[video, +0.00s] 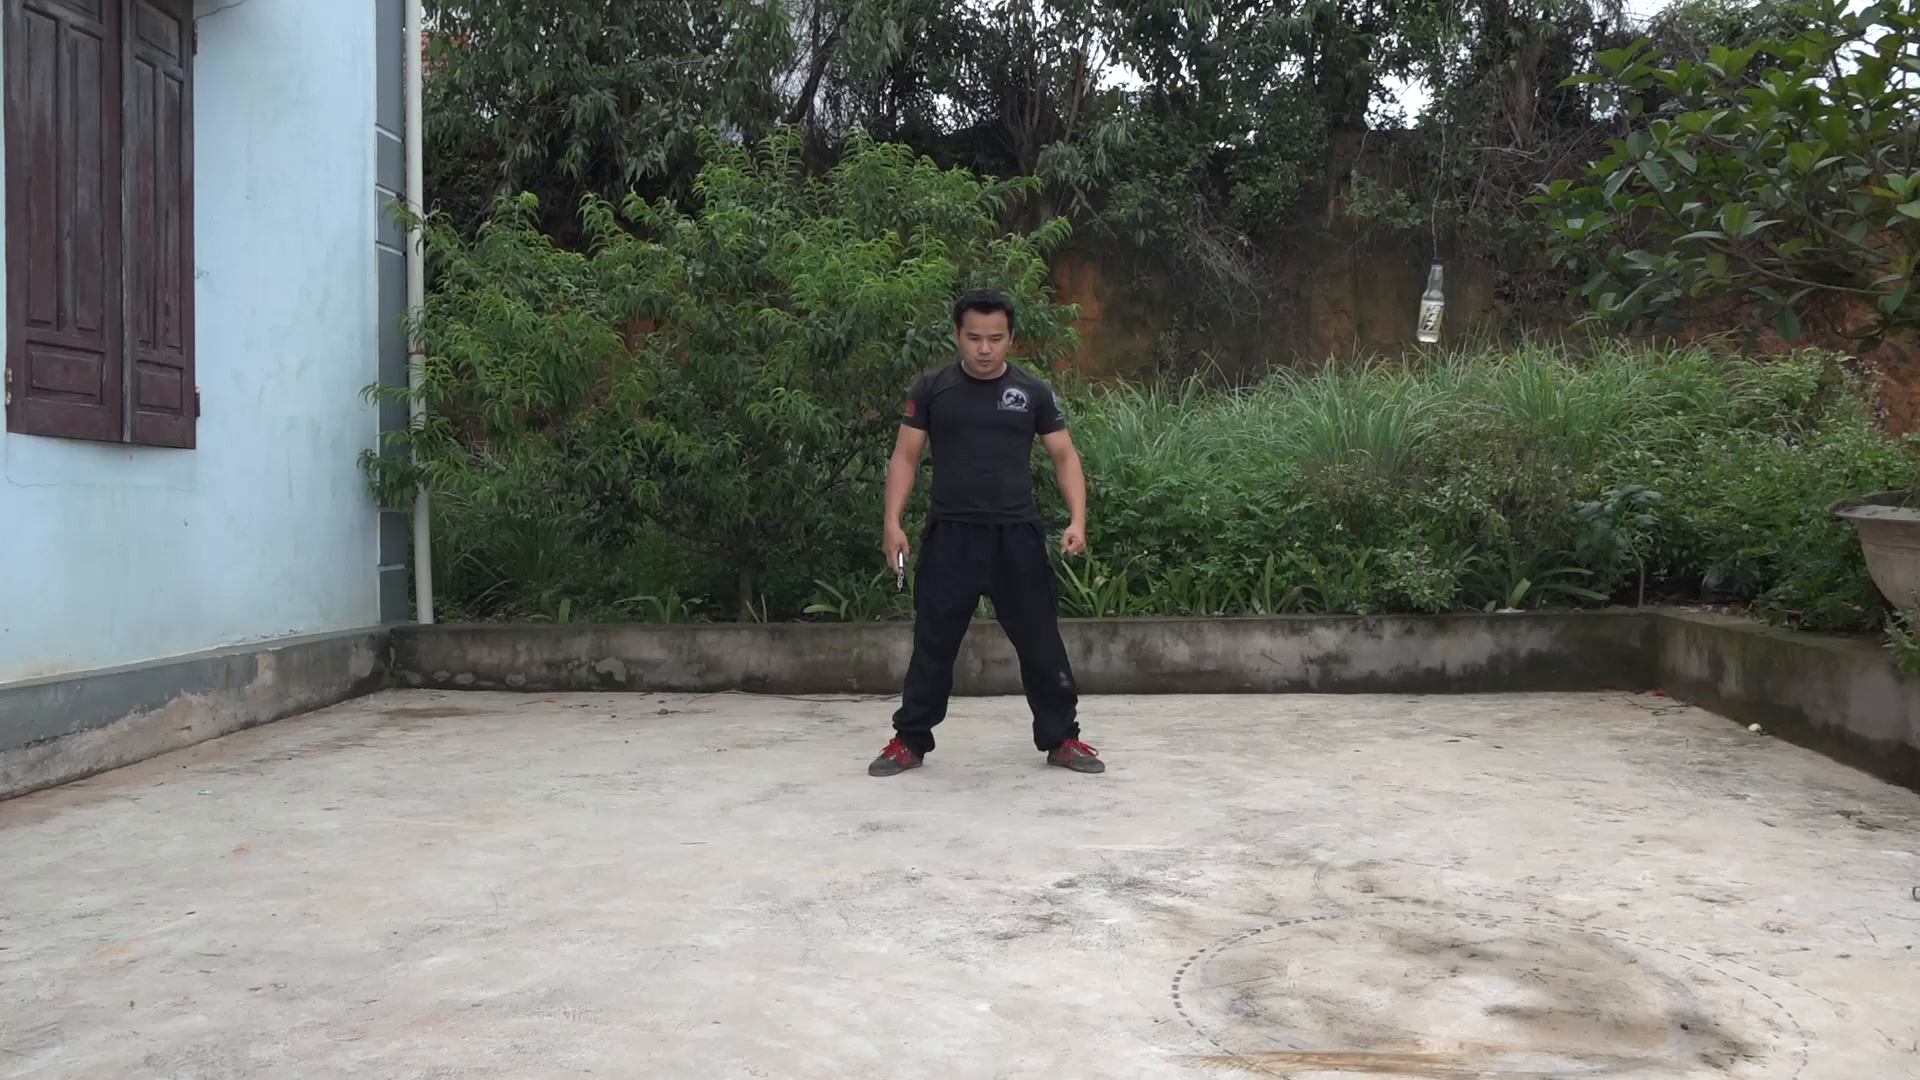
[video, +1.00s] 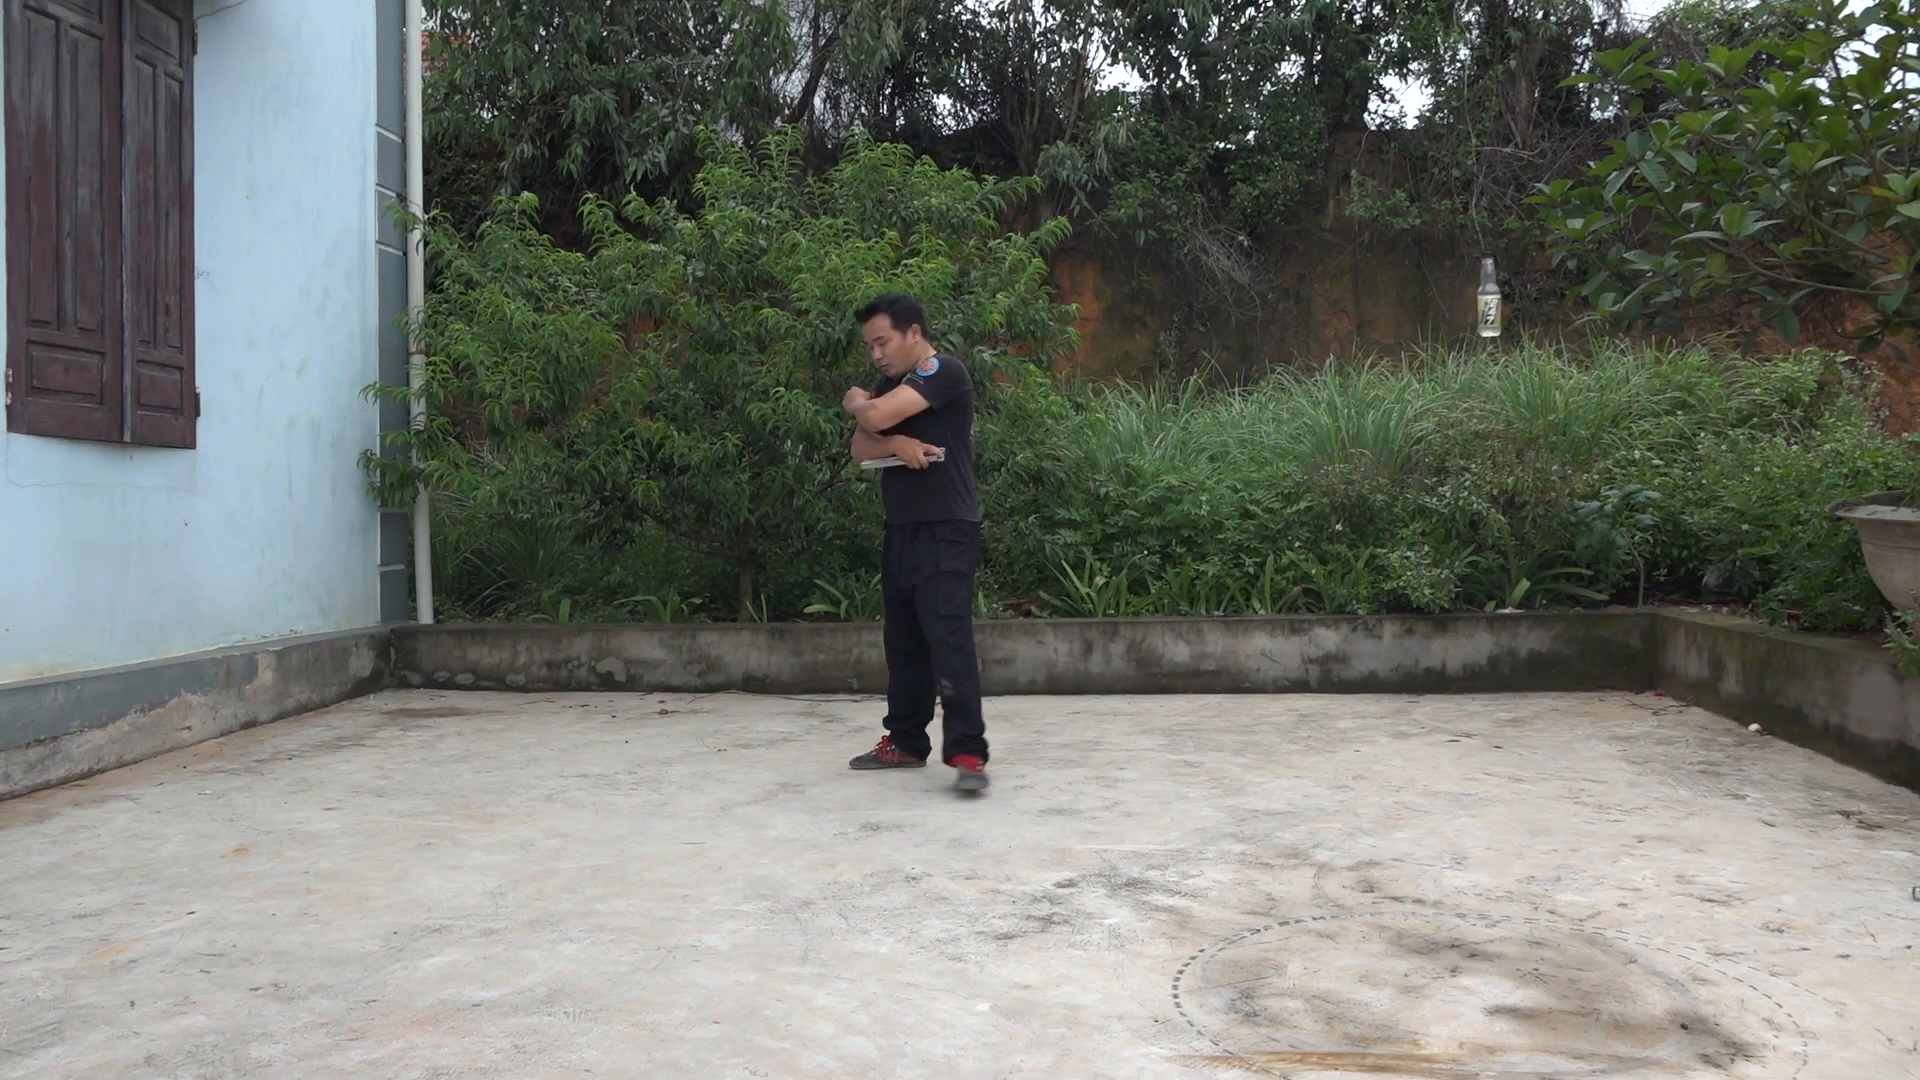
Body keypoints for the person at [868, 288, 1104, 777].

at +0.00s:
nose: (984, 348)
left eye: (995, 338)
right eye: (974, 337)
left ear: (1009, 340)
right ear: (958, 338)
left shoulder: (1033, 393)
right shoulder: (931, 389)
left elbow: (1064, 456)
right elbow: (905, 456)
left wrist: (1077, 517)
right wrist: (892, 521)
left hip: (1018, 537)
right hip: (950, 536)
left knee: (1041, 640)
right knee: (932, 642)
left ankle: (1062, 740)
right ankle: (910, 741)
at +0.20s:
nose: (984, 348)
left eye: (994, 339)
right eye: (974, 338)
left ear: (1010, 340)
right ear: (958, 339)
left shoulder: (1033, 393)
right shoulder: (931, 390)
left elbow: (1064, 456)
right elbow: (906, 457)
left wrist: (1077, 518)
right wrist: (893, 521)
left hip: (1017, 537)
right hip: (950, 536)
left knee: (1040, 640)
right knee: (932, 642)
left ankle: (1062, 740)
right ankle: (910, 741)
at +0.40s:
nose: (979, 351)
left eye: (990, 341)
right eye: (969, 341)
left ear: (1008, 340)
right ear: (956, 341)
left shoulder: (1034, 392)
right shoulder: (931, 391)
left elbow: (1068, 455)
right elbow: (908, 457)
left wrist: (1080, 519)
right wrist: (893, 521)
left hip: (1019, 537)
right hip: (952, 536)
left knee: (1042, 639)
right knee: (934, 641)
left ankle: (1061, 740)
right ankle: (910, 741)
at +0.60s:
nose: (937, 358)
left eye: (945, 348)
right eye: (934, 348)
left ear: (980, 343)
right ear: (934, 346)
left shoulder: (1022, 387)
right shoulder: (928, 391)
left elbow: (1062, 450)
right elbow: (905, 462)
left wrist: (1026, 512)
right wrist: (887, 529)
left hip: (1012, 537)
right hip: (948, 538)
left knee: (1043, 638)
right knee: (928, 639)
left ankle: (1061, 739)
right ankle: (911, 740)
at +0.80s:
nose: (893, 361)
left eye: (896, 352)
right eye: (891, 353)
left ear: (925, 347)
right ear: (920, 348)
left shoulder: (978, 380)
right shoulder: (906, 392)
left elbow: (921, 431)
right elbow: (885, 455)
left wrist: (881, 416)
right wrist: (916, 495)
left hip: (970, 536)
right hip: (916, 535)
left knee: (999, 638)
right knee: (906, 641)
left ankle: (1047, 734)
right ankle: (905, 740)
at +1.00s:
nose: (876, 352)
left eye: (882, 340)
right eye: (871, 344)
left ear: (915, 334)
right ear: (875, 346)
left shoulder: (948, 373)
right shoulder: (891, 387)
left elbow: (877, 417)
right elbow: (859, 447)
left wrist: (855, 401)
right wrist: (897, 443)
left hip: (948, 529)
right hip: (902, 530)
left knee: (950, 641)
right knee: (904, 641)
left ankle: (968, 754)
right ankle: (906, 742)